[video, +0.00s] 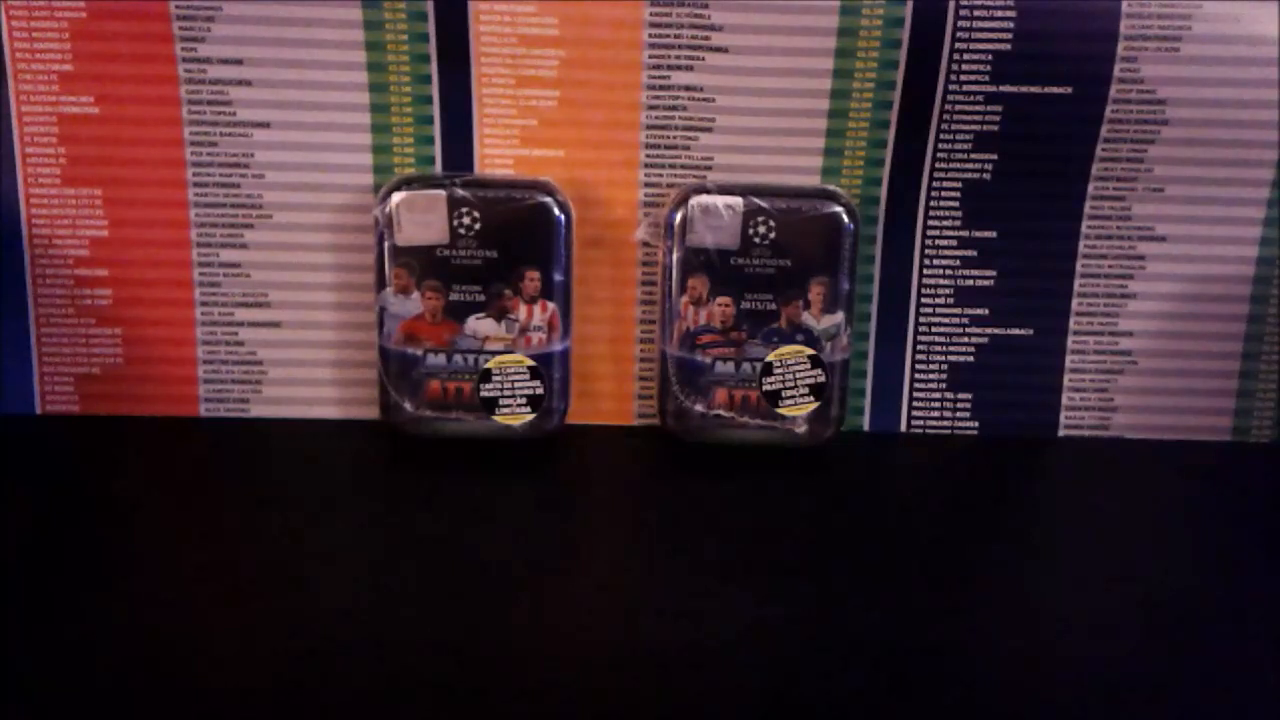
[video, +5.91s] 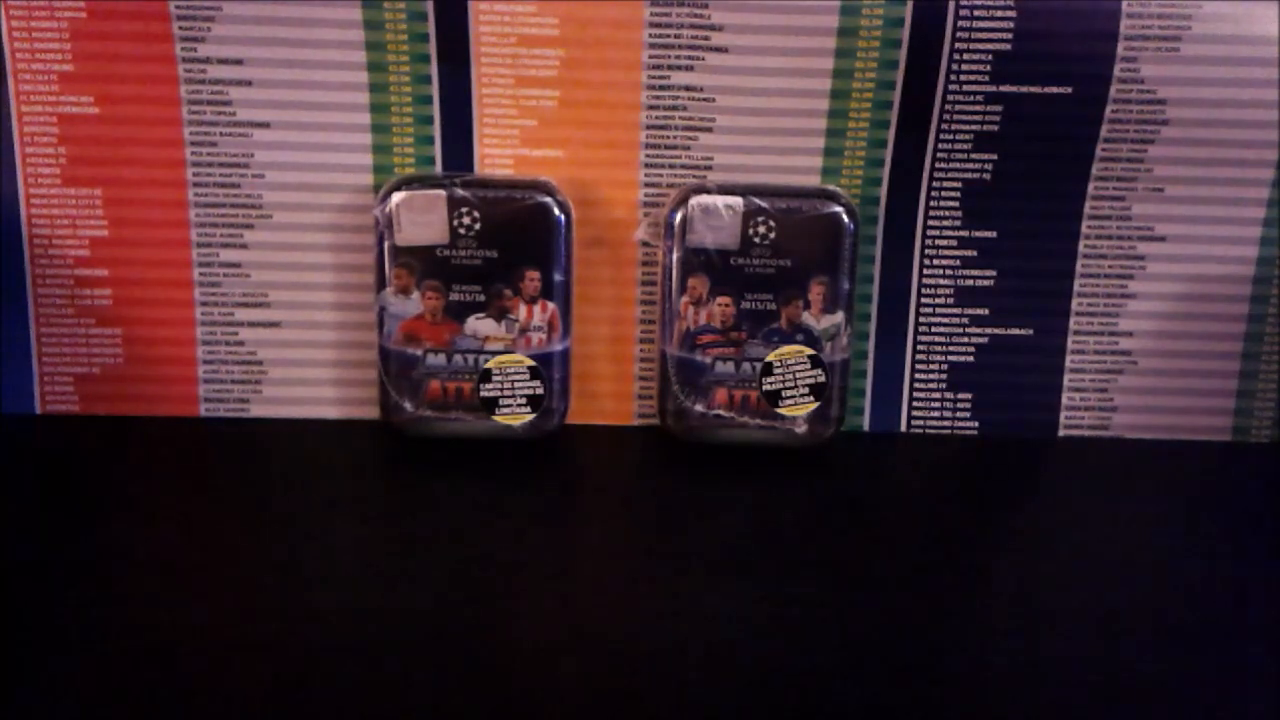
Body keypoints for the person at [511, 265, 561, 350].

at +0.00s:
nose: (536, 285)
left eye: (539, 280)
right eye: (531, 280)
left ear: (541, 283)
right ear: (521, 284)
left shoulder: (551, 308)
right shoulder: (512, 306)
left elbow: (556, 338)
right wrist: (520, 329)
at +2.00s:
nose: (536, 285)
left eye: (539, 281)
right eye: (531, 280)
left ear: (541, 283)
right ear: (521, 284)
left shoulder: (551, 308)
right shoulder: (512, 306)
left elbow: (556, 337)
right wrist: (521, 329)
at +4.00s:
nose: (536, 285)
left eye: (538, 281)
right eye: (531, 281)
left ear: (541, 283)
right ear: (521, 284)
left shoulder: (551, 308)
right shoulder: (511, 306)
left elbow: (556, 337)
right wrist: (520, 329)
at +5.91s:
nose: (536, 285)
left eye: (539, 281)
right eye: (531, 280)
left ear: (541, 283)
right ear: (521, 284)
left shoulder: (551, 308)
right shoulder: (512, 305)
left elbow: (556, 336)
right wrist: (520, 328)